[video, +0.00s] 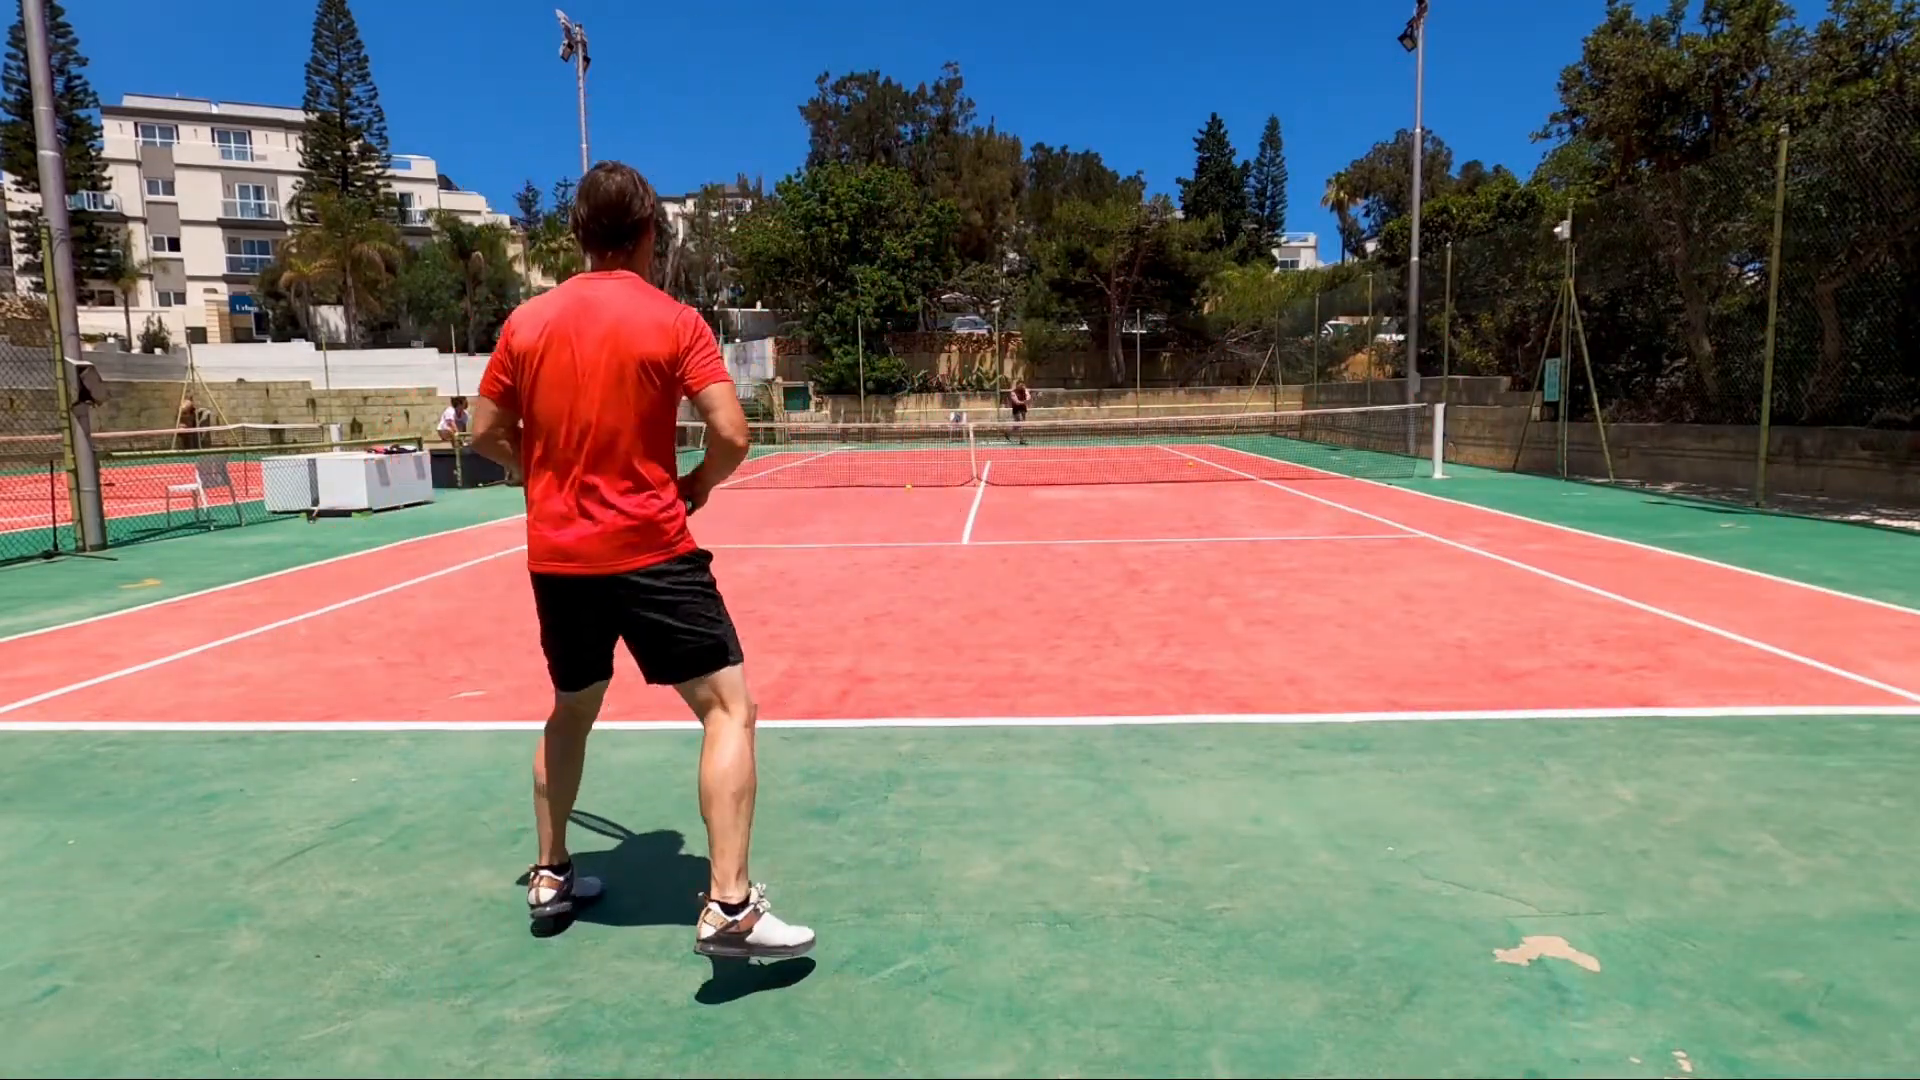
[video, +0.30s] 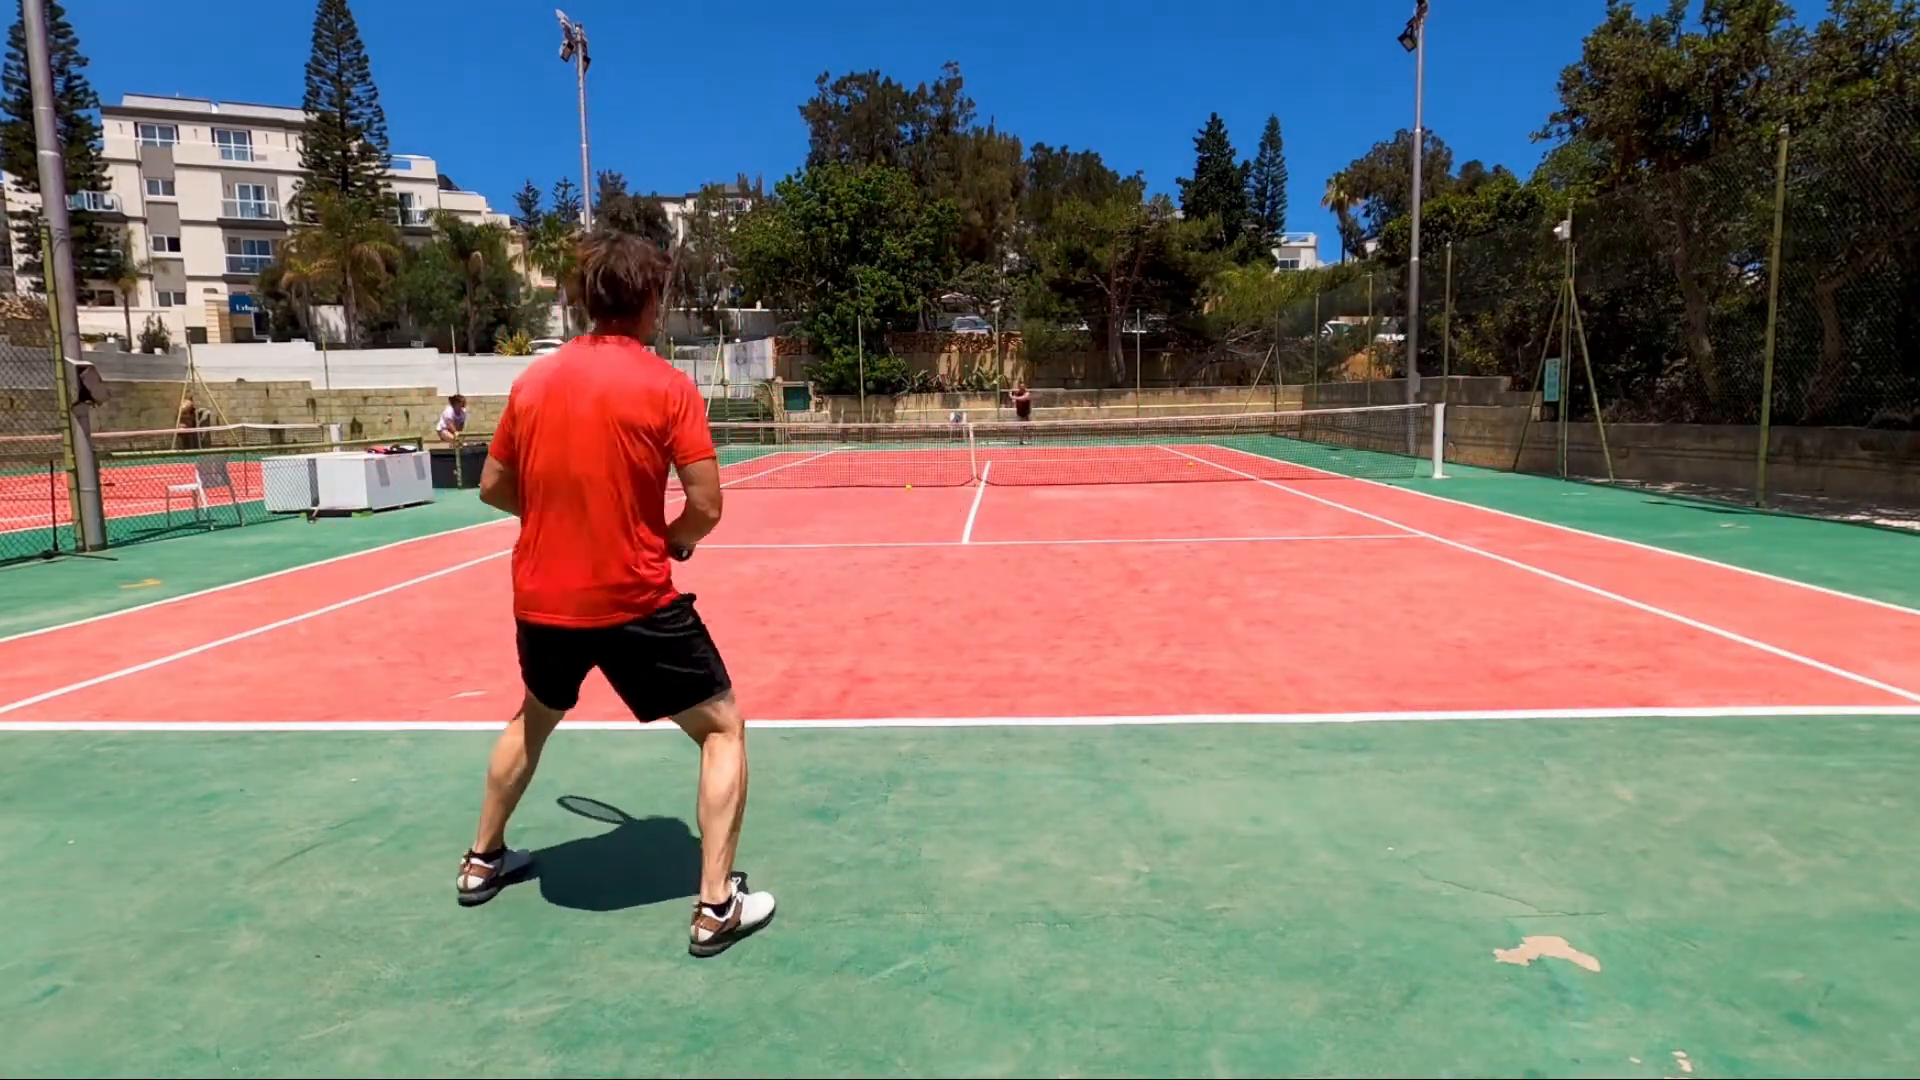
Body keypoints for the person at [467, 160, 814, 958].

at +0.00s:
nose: (663, 238)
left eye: (654, 227)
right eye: (661, 227)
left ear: (579, 234)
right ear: (650, 232)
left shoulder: (529, 320)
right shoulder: (673, 319)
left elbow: (485, 433)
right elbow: (731, 433)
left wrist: (549, 472)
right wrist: (694, 487)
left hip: (558, 556)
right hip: (652, 549)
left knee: (572, 703)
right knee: (725, 708)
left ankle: (548, 874)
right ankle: (730, 901)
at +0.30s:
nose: (663, 309)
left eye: (661, 297)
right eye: (661, 298)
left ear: (584, 298)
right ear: (649, 302)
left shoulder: (536, 379)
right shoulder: (666, 385)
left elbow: (494, 488)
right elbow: (705, 505)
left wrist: (559, 503)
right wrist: (677, 537)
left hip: (543, 598)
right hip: (638, 598)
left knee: (534, 714)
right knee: (720, 728)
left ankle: (481, 859)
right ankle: (716, 902)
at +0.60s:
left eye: (553, 309)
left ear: (558, 313)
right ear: (621, 314)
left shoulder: (528, 372)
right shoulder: (665, 387)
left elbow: (473, 477)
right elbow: (679, 497)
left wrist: (506, 500)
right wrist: (600, 489)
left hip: (561, 585)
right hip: (656, 586)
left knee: (514, 714)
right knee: (692, 729)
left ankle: (502, 863)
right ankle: (742, 885)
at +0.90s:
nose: (458, 374)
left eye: (457, 364)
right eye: (459, 365)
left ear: (464, 363)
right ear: (520, 358)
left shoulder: (481, 410)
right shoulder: (557, 412)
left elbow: (503, 498)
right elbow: (535, 529)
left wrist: (433, 542)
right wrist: (459, 583)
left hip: (563, 594)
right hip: (635, 588)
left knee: (475, 728)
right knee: (625, 716)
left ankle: (527, 886)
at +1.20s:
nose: (434, 409)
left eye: (436, 400)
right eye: (433, 401)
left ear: (449, 399)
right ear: (493, 396)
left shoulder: (476, 425)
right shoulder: (507, 430)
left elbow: (482, 490)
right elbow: (427, 509)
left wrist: (401, 481)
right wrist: (358, 505)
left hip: (564, 576)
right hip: (616, 566)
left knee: (511, 711)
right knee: (578, 641)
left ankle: (541, 845)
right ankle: (572, 731)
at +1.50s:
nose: (454, 453)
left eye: (455, 447)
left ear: (460, 442)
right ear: (505, 443)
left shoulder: (469, 461)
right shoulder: (525, 471)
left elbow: (443, 489)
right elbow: (548, 532)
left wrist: (383, 513)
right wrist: (521, 593)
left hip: (543, 582)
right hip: (592, 575)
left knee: (538, 711)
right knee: (549, 634)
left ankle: (596, 781)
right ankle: (562, 725)